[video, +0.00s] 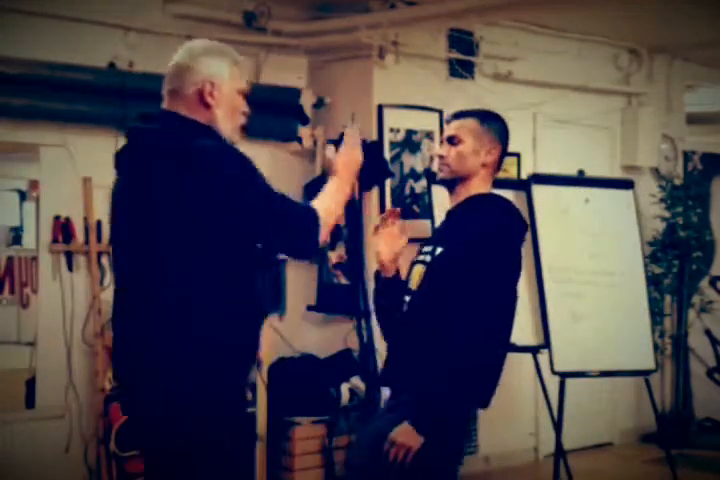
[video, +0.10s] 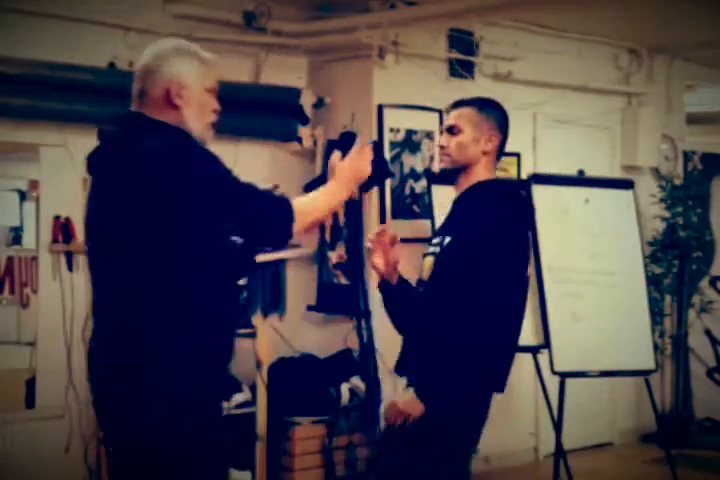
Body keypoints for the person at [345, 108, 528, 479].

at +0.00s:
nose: (439, 151)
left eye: (453, 142)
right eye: (442, 143)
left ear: (489, 156)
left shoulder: (493, 220)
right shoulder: (452, 225)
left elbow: (475, 336)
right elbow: (401, 334)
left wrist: (423, 421)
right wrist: (388, 268)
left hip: (439, 410)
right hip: (408, 400)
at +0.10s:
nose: (440, 141)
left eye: (453, 132)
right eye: (442, 132)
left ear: (489, 142)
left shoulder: (493, 207)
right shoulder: (468, 207)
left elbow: (474, 318)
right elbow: (422, 324)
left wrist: (421, 394)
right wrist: (392, 279)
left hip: (453, 395)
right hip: (439, 391)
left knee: (418, 472)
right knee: (433, 471)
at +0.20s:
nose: (440, 131)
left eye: (451, 122)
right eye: (440, 123)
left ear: (487, 132)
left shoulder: (494, 193)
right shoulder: (476, 196)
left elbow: (482, 310)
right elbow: (440, 320)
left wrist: (413, 365)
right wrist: (392, 282)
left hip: (474, 376)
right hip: (466, 373)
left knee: (411, 469)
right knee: (465, 470)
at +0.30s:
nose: (435, 126)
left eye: (447, 115)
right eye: (437, 117)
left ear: (483, 124)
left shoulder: (497, 188)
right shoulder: (478, 190)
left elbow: (479, 310)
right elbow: (455, 310)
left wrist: (398, 355)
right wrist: (398, 297)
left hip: (496, 365)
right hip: (484, 360)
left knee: (441, 469)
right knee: (476, 470)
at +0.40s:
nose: (433, 124)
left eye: (444, 113)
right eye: (434, 114)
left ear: (480, 121)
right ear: (476, 124)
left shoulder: (493, 186)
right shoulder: (489, 182)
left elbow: (476, 307)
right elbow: (472, 301)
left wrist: (389, 352)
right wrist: (410, 301)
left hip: (508, 367)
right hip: (505, 362)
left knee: (481, 471)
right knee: (484, 470)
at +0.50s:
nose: (437, 131)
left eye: (447, 119)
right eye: (437, 121)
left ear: (484, 124)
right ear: (479, 126)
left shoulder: (506, 188)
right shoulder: (486, 189)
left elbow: (491, 311)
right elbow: (482, 300)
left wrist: (399, 330)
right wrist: (426, 300)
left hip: (528, 366)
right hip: (511, 364)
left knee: (507, 470)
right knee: (511, 469)